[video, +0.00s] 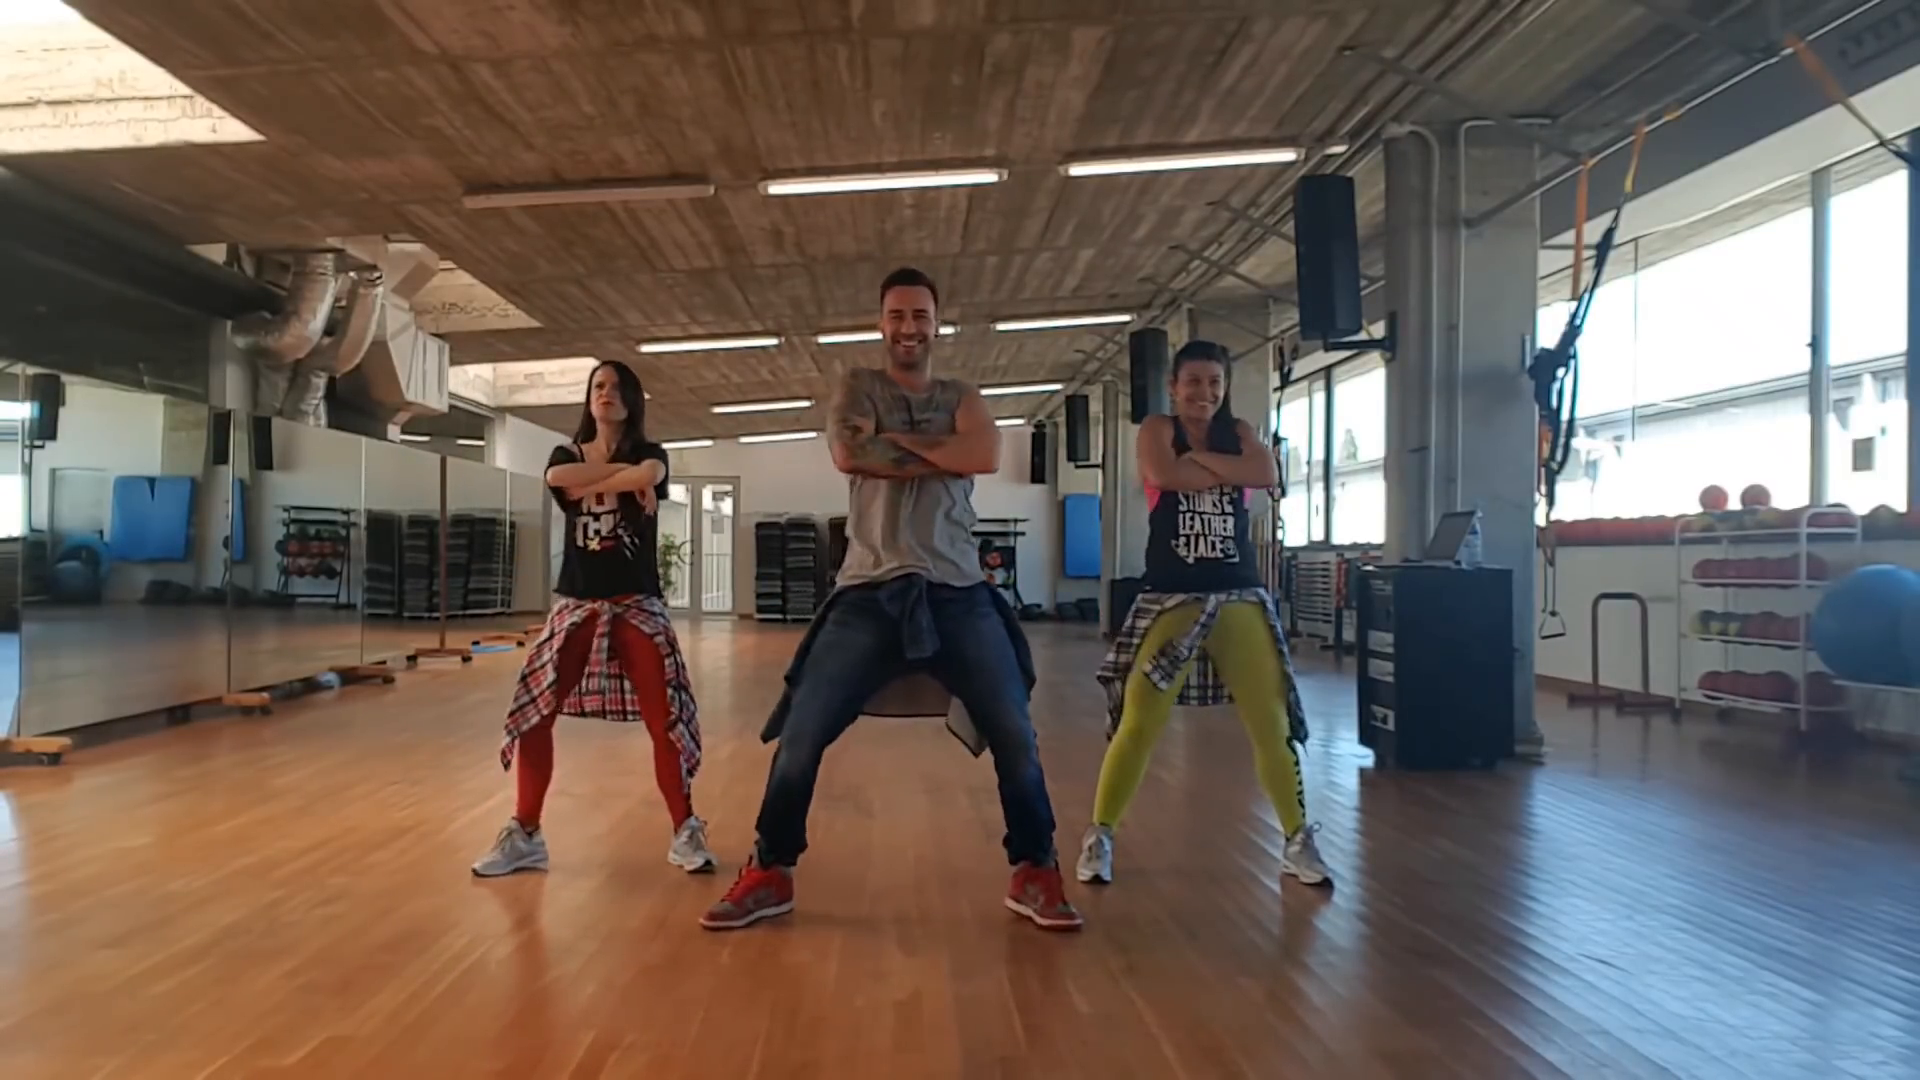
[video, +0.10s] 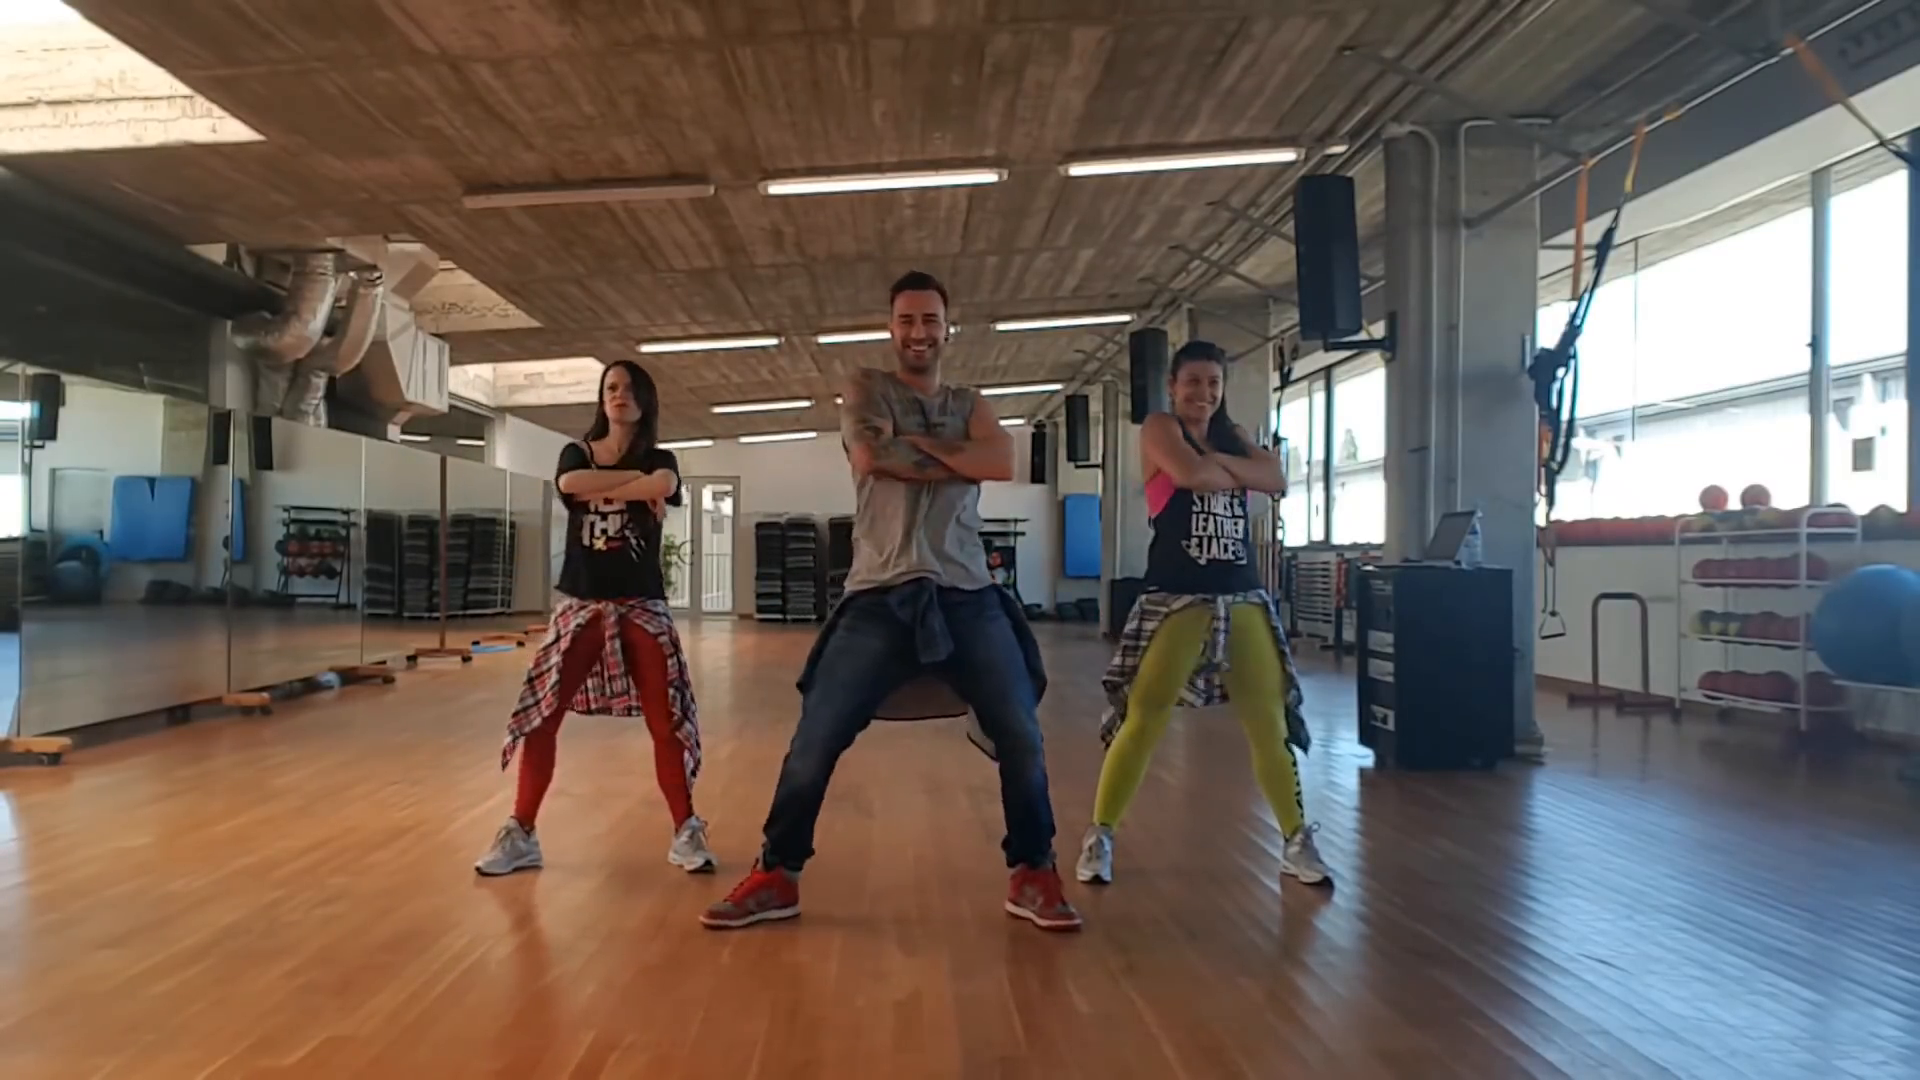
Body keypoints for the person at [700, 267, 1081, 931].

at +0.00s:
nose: (908, 326)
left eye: (919, 315)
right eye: (897, 316)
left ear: (937, 324)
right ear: (881, 326)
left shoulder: (961, 397)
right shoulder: (858, 390)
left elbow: (983, 456)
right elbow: (848, 458)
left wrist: (892, 443)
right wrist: (943, 459)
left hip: (958, 590)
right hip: (868, 589)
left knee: (1012, 729)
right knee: (802, 727)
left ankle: (1035, 873)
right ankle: (771, 873)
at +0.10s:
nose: (917, 331)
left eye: (929, 320)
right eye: (906, 320)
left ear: (947, 328)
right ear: (890, 328)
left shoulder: (971, 404)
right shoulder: (869, 387)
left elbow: (1000, 465)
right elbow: (868, 460)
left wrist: (905, 443)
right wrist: (960, 468)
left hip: (967, 593)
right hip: (878, 593)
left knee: (1019, 731)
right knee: (817, 732)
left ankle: (1033, 876)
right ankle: (778, 876)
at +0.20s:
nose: (919, 337)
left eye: (931, 325)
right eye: (908, 326)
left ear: (949, 333)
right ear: (891, 333)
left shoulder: (972, 411)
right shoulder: (870, 397)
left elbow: (1002, 471)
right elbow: (869, 466)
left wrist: (907, 448)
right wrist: (961, 472)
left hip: (966, 597)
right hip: (878, 596)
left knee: (1019, 731)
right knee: (816, 727)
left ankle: (1033, 876)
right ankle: (776, 875)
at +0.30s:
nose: (912, 350)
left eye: (923, 337)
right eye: (901, 338)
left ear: (942, 337)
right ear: (884, 338)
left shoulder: (965, 404)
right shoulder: (860, 395)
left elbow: (985, 457)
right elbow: (854, 462)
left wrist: (891, 445)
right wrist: (948, 456)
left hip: (957, 593)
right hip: (867, 592)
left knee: (1013, 732)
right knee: (803, 725)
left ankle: (1031, 875)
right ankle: (770, 871)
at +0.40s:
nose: (898, 367)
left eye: (908, 356)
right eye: (887, 356)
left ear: (927, 346)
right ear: (871, 347)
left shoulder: (950, 395)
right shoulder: (845, 399)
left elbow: (960, 447)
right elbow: (823, 462)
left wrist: (870, 444)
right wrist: (918, 455)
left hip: (941, 591)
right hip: (852, 588)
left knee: (1000, 731)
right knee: (786, 730)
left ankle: (1028, 873)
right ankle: (761, 868)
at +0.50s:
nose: (881, 370)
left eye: (893, 357)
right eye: (871, 358)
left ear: (913, 343)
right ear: (856, 346)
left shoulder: (941, 392)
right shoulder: (835, 401)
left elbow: (933, 448)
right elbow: (804, 470)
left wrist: (842, 444)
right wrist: (900, 458)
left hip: (927, 591)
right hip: (838, 590)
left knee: (987, 728)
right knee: (777, 728)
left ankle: (1020, 875)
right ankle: (759, 869)